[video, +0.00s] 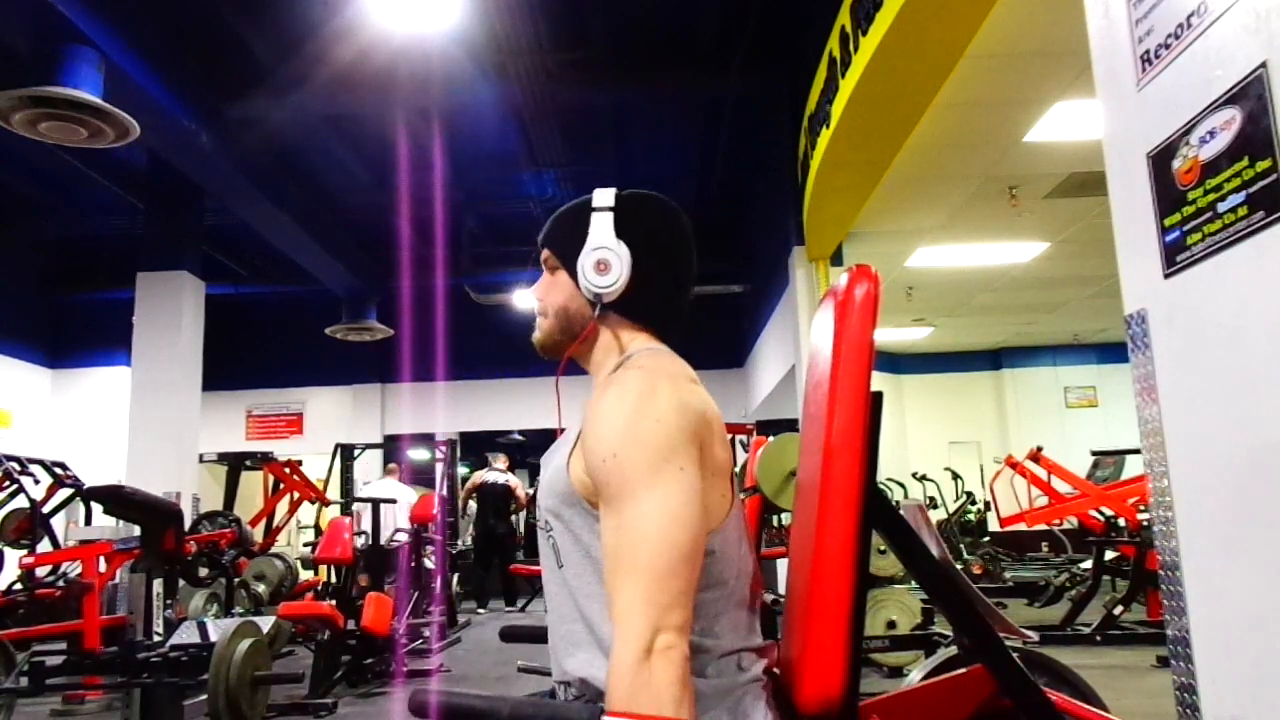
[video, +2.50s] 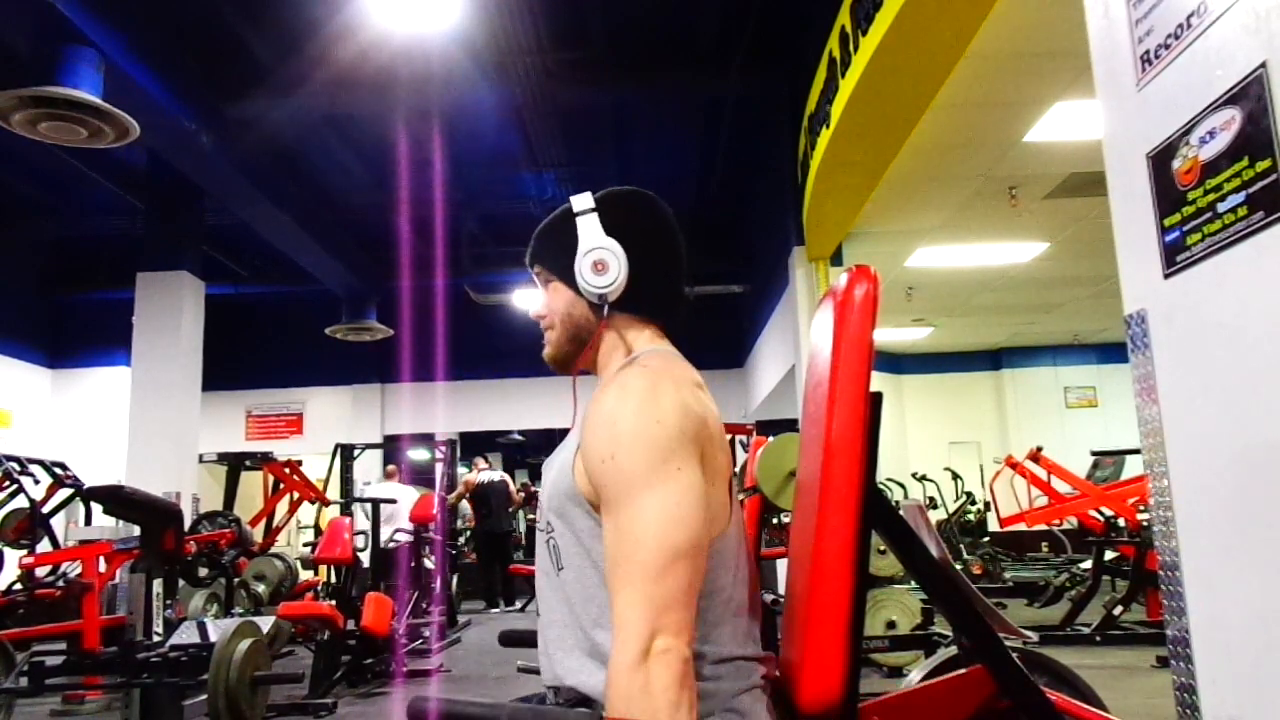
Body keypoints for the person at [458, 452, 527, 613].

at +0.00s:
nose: (506, 466)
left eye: (504, 463)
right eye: (506, 464)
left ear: (490, 463)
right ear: (505, 464)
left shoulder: (479, 475)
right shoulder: (513, 480)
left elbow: (466, 492)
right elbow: (522, 503)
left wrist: (463, 510)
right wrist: (511, 512)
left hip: (483, 529)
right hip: (504, 529)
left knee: (481, 567)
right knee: (507, 566)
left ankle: (481, 605)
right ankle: (510, 603)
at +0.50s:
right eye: (511, 464)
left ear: (495, 464)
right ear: (511, 465)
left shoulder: (487, 474)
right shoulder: (521, 480)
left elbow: (469, 491)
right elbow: (527, 506)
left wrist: (454, 496)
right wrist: (514, 512)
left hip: (489, 529)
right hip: (511, 531)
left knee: (488, 567)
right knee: (505, 569)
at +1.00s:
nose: (490, 465)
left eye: (489, 463)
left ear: (489, 464)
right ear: (504, 464)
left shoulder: (482, 475)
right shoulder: (516, 477)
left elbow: (463, 490)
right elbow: (525, 499)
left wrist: (447, 496)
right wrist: (513, 509)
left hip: (489, 528)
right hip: (510, 529)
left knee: (490, 564)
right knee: (506, 565)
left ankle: (493, 603)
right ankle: (508, 602)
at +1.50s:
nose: (479, 469)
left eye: (480, 467)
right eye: (481, 467)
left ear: (481, 466)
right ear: (496, 465)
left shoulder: (476, 476)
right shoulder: (510, 476)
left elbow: (463, 493)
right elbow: (522, 498)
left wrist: (449, 499)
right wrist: (511, 510)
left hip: (488, 529)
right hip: (508, 529)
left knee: (490, 567)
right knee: (510, 566)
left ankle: (493, 604)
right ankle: (511, 603)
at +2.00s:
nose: (474, 469)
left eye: (474, 467)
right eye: (475, 466)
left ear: (475, 467)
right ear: (490, 465)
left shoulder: (471, 478)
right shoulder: (505, 476)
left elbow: (456, 498)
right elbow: (517, 500)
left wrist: (448, 501)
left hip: (484, 530)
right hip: (505, 530)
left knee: (486, 567)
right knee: (507, 567)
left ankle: (492, 604)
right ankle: (511, 602)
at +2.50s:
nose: (473, 469)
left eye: (473, 466)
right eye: (474, 466)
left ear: (474, 467)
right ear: (489, 464)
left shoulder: (470, 478)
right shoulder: (504, 476)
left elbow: (455, 498)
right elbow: (516, 499)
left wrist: (447, 502)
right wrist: (508, 511)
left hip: (483, 530)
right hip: (504, 529)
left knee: (487, 567)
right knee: (506, 566)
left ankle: (492, 604)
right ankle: (510, 602)